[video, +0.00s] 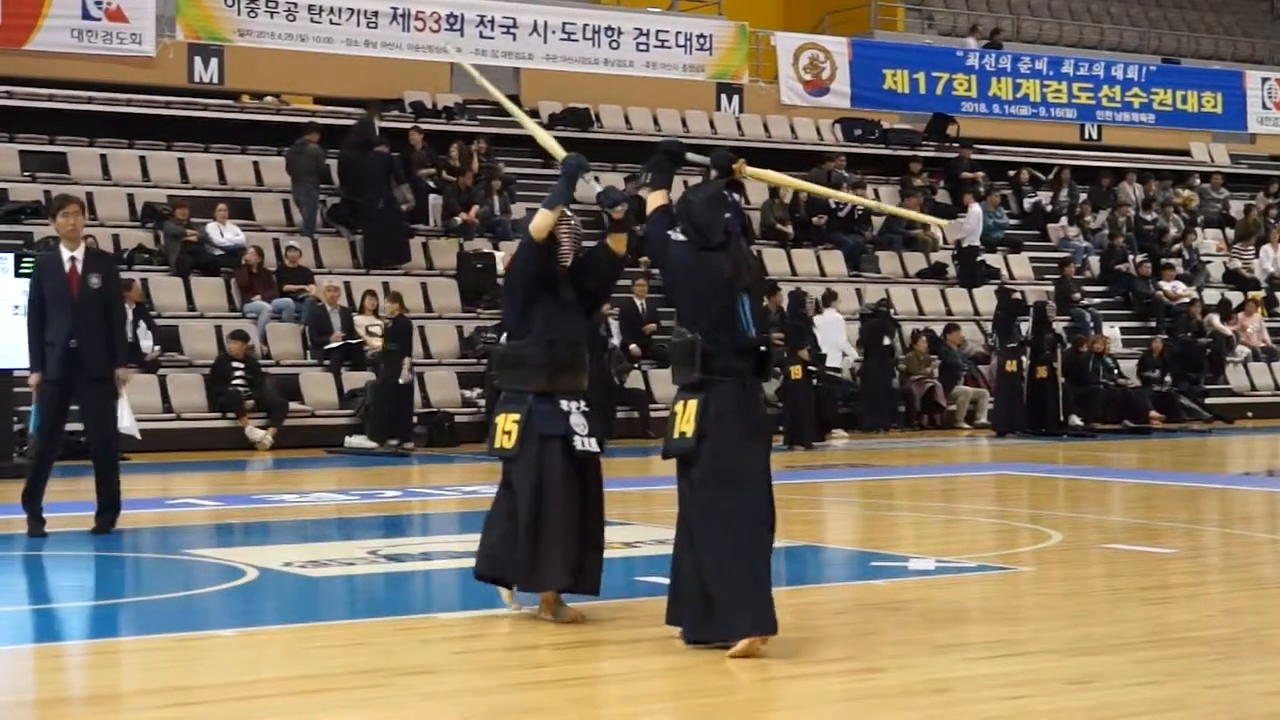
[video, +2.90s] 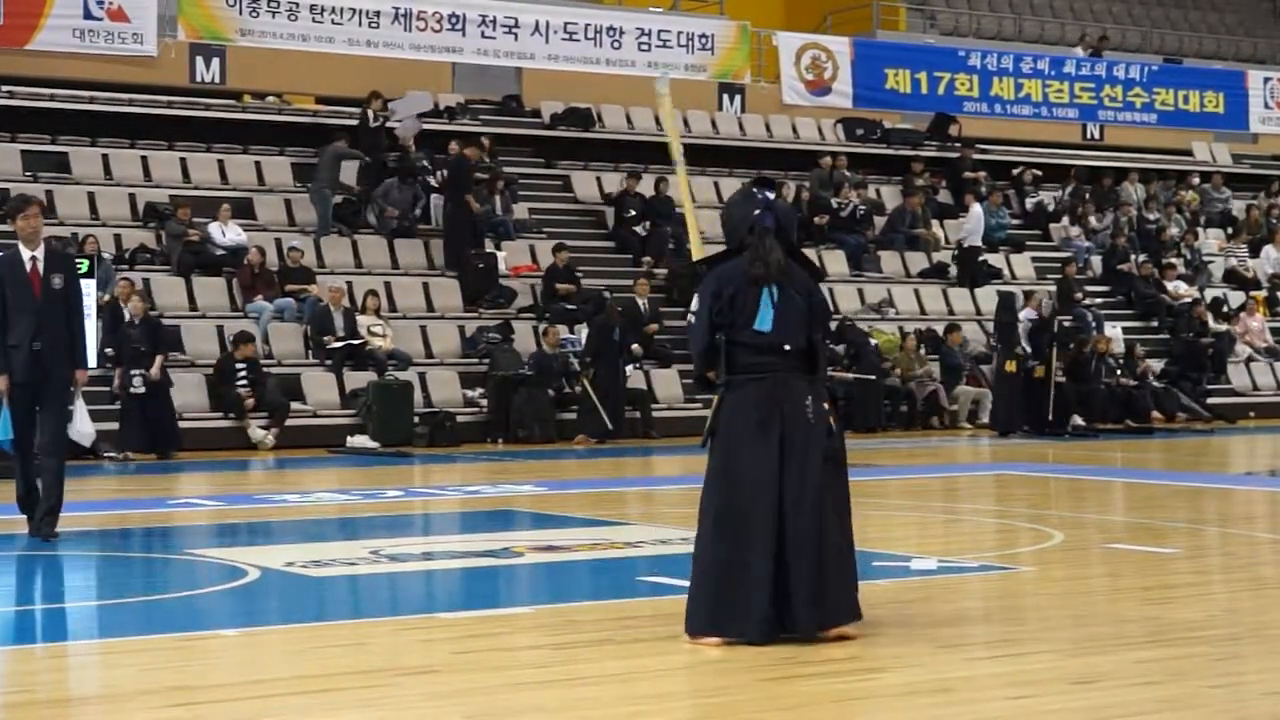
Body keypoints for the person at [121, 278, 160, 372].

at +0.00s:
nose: (140, 293)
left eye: (139, 290)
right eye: (136, 290)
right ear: (125, 293)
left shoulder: (140, 308)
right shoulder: (117, 309)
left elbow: (153, 327)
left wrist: (156, 348)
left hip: (137, 346)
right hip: (121, 346)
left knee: (153, 363)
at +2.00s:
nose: (142, 292)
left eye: (141, 289)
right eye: (138, 289)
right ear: (129, 293)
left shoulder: (141, 307)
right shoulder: (114, 306)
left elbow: (153, 327)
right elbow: (107, 327)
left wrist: (157, 348)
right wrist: (108, 348)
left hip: (133, 344)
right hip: (116, 345)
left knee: (151, 364)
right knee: (120, 361)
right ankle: (116, 396)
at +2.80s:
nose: (126, 291)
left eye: (129, 287)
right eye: (123, 287)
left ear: (135, 290)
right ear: (119, 290)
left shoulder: (138, 307)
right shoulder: (112, 306)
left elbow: (141, 328)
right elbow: (107, 327)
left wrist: (140, 343)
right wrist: (107, 346)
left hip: (133, 344)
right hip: (116, 345)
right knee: (118, 363)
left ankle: (133, 394)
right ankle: (116, 396)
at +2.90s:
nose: (122, 291)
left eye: (125, 287)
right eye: (120, 287)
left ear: (132, 290)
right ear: (116, 289)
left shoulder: (137, 306)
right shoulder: (111, 306)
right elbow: (107, 328)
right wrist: (108, 346)